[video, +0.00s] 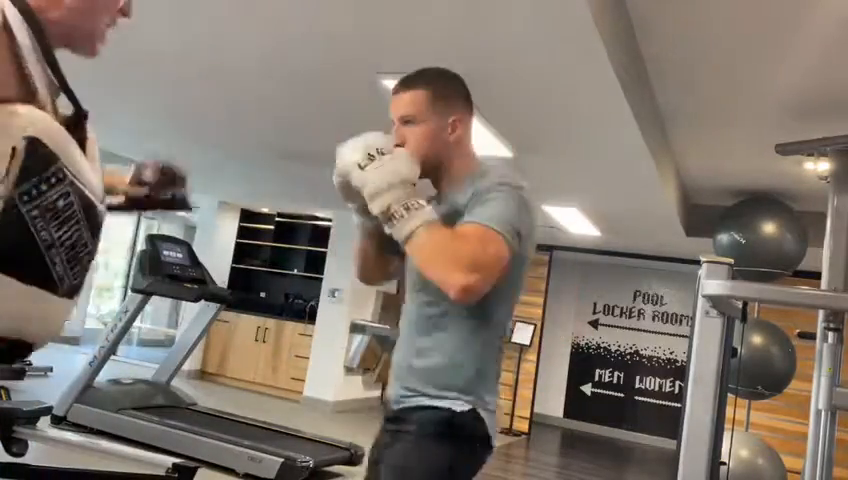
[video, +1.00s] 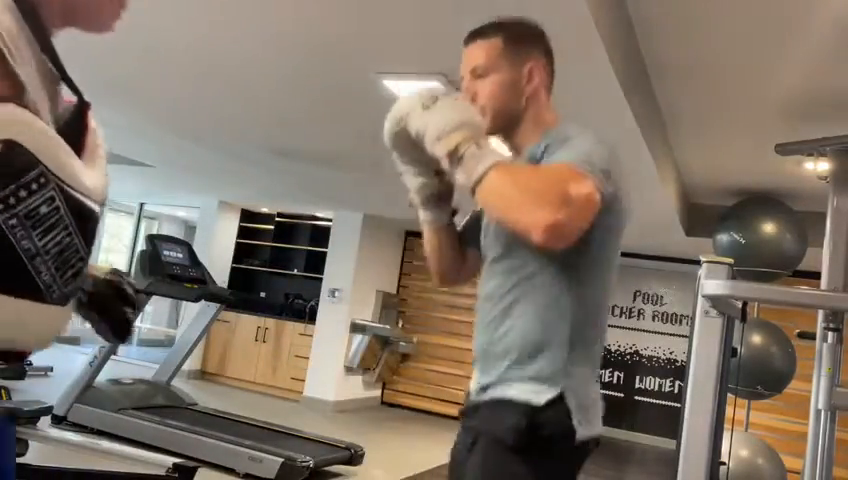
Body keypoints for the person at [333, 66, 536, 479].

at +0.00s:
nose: (395, 137)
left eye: (409, 122)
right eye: (394, 124)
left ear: (455, 126)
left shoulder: (502, 197)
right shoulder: (433, 201)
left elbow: (464, 278)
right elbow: (374, 272)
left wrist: (403, 205)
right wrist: (372, 209)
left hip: (449, 418)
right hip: (406, 409)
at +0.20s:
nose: (400, 141)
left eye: (412, 127)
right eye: (398, 129)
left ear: (454, 126)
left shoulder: (500, 184)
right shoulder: (449, 199)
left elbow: (474, 257)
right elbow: (395, 277)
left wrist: (407, 192)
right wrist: (382, 211)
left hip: (474, 391)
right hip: (442, 386)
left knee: (401, 472)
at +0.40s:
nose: (413, 152)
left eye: (426, 136)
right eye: (411, 138)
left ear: (465, 139)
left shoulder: (512, 194)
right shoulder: (455, 212)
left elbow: (506, 264)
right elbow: (406, 290)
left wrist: (432, 208)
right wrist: (391, 225)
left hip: (484, 397)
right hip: (442, 393)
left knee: (421, 473)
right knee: (396, 472)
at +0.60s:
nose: (433, 128)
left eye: (447, 114)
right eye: (431, 116)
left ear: (488, 120)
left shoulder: (530, 181)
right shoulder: (456, 200)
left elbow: (527, 254)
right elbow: (404, 276)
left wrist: (454, 185)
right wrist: (396, 209)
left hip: (499, 383)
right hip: (453, 381)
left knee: (437, 469)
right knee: (424, 469)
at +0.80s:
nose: (443, 145)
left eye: (458, 130)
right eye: (442, 132)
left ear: (504, 138)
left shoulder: (547, 212)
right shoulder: (469, 216)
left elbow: (539, 305)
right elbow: (417, 307)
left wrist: (458, 229)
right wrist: (401, 245)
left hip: (512, 435)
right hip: (455, 426)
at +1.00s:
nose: (465, 94)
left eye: (480, 76)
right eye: (464, 80)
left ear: (533, 77)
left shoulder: (583, 150)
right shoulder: (512, 174)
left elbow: (552, 220)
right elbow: (451, 270)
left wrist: (465, 146)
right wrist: (431, 187)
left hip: (541, 410)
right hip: (493, 401)